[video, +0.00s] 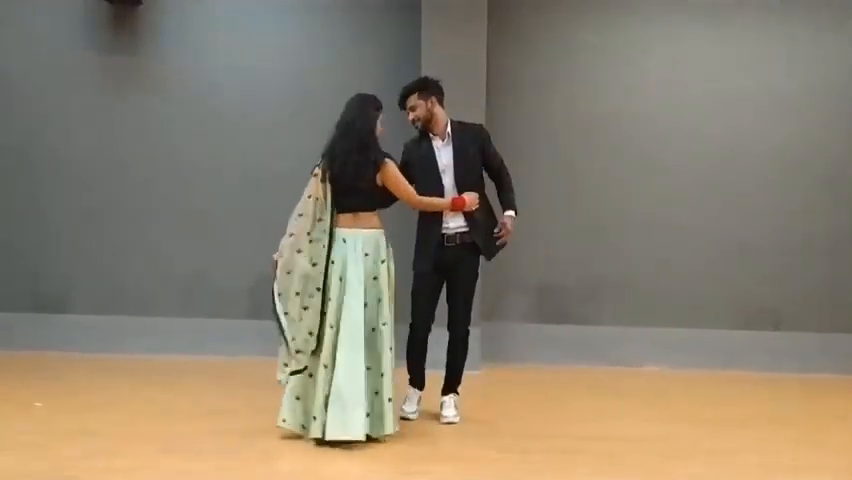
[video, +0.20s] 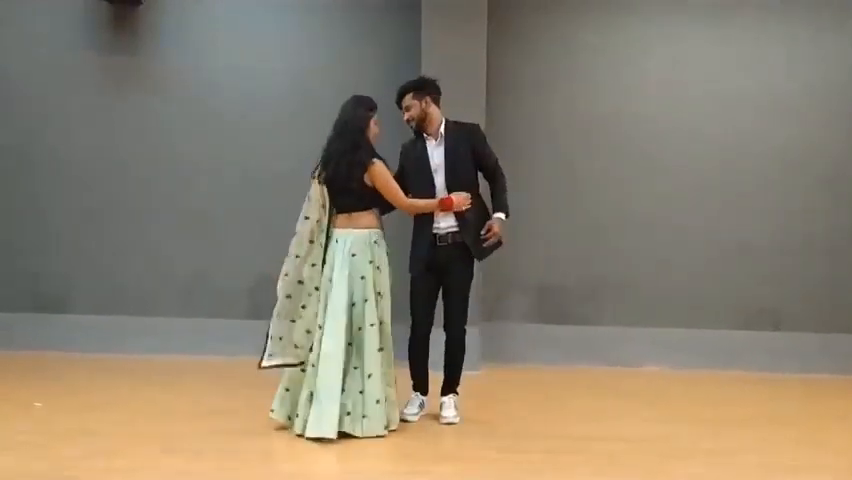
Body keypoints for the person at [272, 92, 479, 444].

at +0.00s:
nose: (382, 126)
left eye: (381, 119)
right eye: (381, 120)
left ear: (347, 120)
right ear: (372, 123)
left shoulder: (329, 163)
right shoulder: (380, 163)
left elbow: (307, 213)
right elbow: (415, 201)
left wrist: (285, 252)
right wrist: (457, 203)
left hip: (336, 245)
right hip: (370, 245)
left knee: (333, 328)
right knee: (367, 331)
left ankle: (326, 413)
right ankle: (360, 415)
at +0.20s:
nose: (377, 128)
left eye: (376, 121)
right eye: (375, 122)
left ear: (346, 123)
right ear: (366, 124)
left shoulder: (327, 165)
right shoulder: (371, 165)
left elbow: (316, 216)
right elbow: (405, 205)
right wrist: (447, 202)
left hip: (333, 248)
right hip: (364, 248)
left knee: (330, 328)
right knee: (363, 329)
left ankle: (322, 408)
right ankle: (360, 410)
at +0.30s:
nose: (374, 128)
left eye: (374, 121)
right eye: (372, 122)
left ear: (344, 124)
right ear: (361, 124)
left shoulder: (332, 163)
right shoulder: (364, 163)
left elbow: (331, 211)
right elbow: (395, 205)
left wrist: (380, 211)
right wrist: (440, 202)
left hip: (335, 246)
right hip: (361, 247)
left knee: (332, 326)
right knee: (361, 327)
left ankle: (324, 404)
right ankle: (357, 407)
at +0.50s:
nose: (369, 126)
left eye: (369, 119)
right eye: (365, 120)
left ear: (352, 123)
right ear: (350, 122)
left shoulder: (354, 158)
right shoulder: (343, 160)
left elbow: (359, 207)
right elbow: (360, 206)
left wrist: (383, 211)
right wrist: (400, 205)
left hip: (355, 240)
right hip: (342, 242)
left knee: (358, 320)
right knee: (349, 320)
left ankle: (355, 401)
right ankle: (346, 403)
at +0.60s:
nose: (367, 123)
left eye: (367, 117)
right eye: (362, 117)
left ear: (356, 120)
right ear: (347, 120)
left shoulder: (360, 155)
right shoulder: (333, 159)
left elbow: (367, 197)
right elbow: (334, 207)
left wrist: (375, 167)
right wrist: (373, 216)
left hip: (363, 241)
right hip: (337, 244)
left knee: (364, 317)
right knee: (348, 318)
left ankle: (362, 396)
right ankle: (345, 399)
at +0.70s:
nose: (362, 123)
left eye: (361, 117)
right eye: (356, 118)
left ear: (353, 123)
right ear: (339, 121)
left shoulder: (357, 162)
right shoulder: (319, 163)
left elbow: (363, 209)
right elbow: (310, 210)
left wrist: (378, 182)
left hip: (349, 242)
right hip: (321, 242)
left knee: (351, 319)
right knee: (329, 319)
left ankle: (353, 397)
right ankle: (330, 398)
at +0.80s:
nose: (351, 127)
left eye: (352, 121)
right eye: (343, 122)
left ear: (353, 128)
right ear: (327, 129)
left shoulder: (353, 169)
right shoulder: (309, 170)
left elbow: (351, 210)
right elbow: (299, 218)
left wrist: (375, 213)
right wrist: (292, 265)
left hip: (340, 251)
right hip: (311, 250)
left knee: (340, 324)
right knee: (311, 324)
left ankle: (342, 396)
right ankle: (307, 398)